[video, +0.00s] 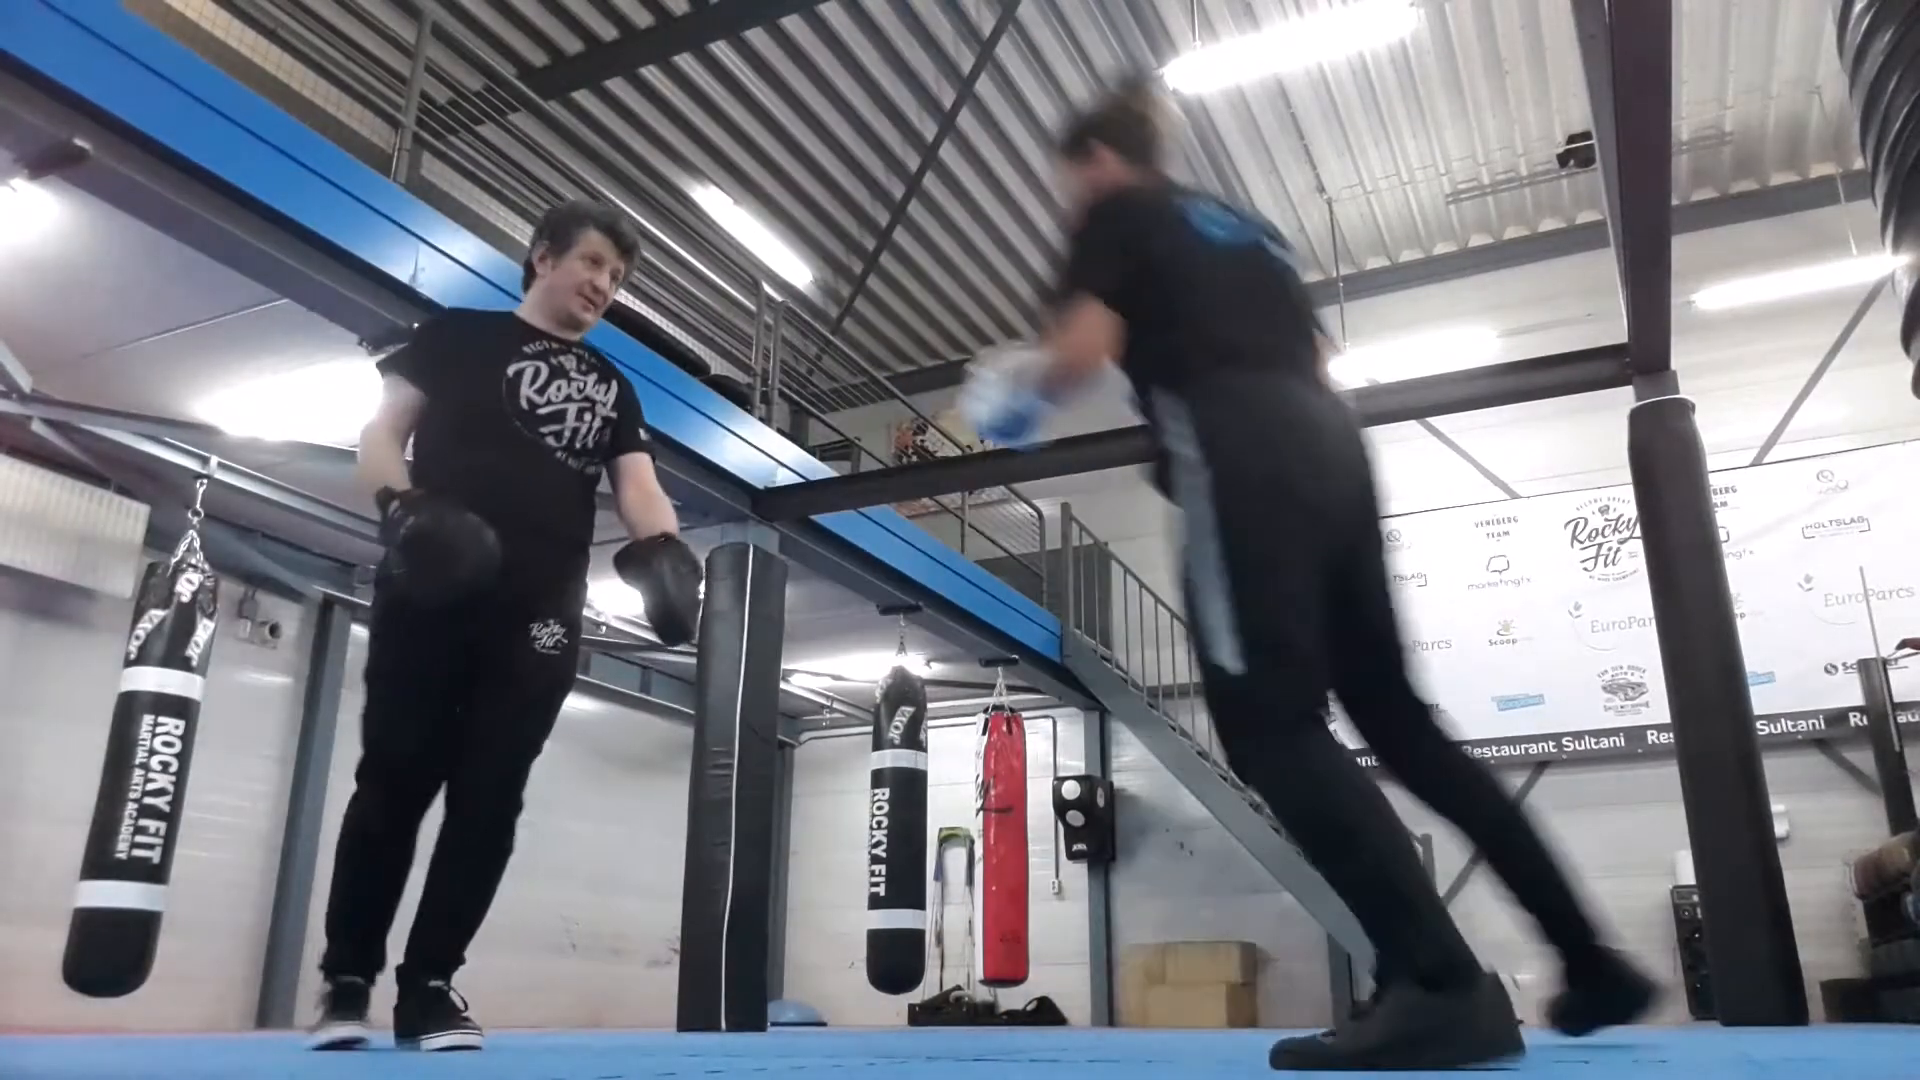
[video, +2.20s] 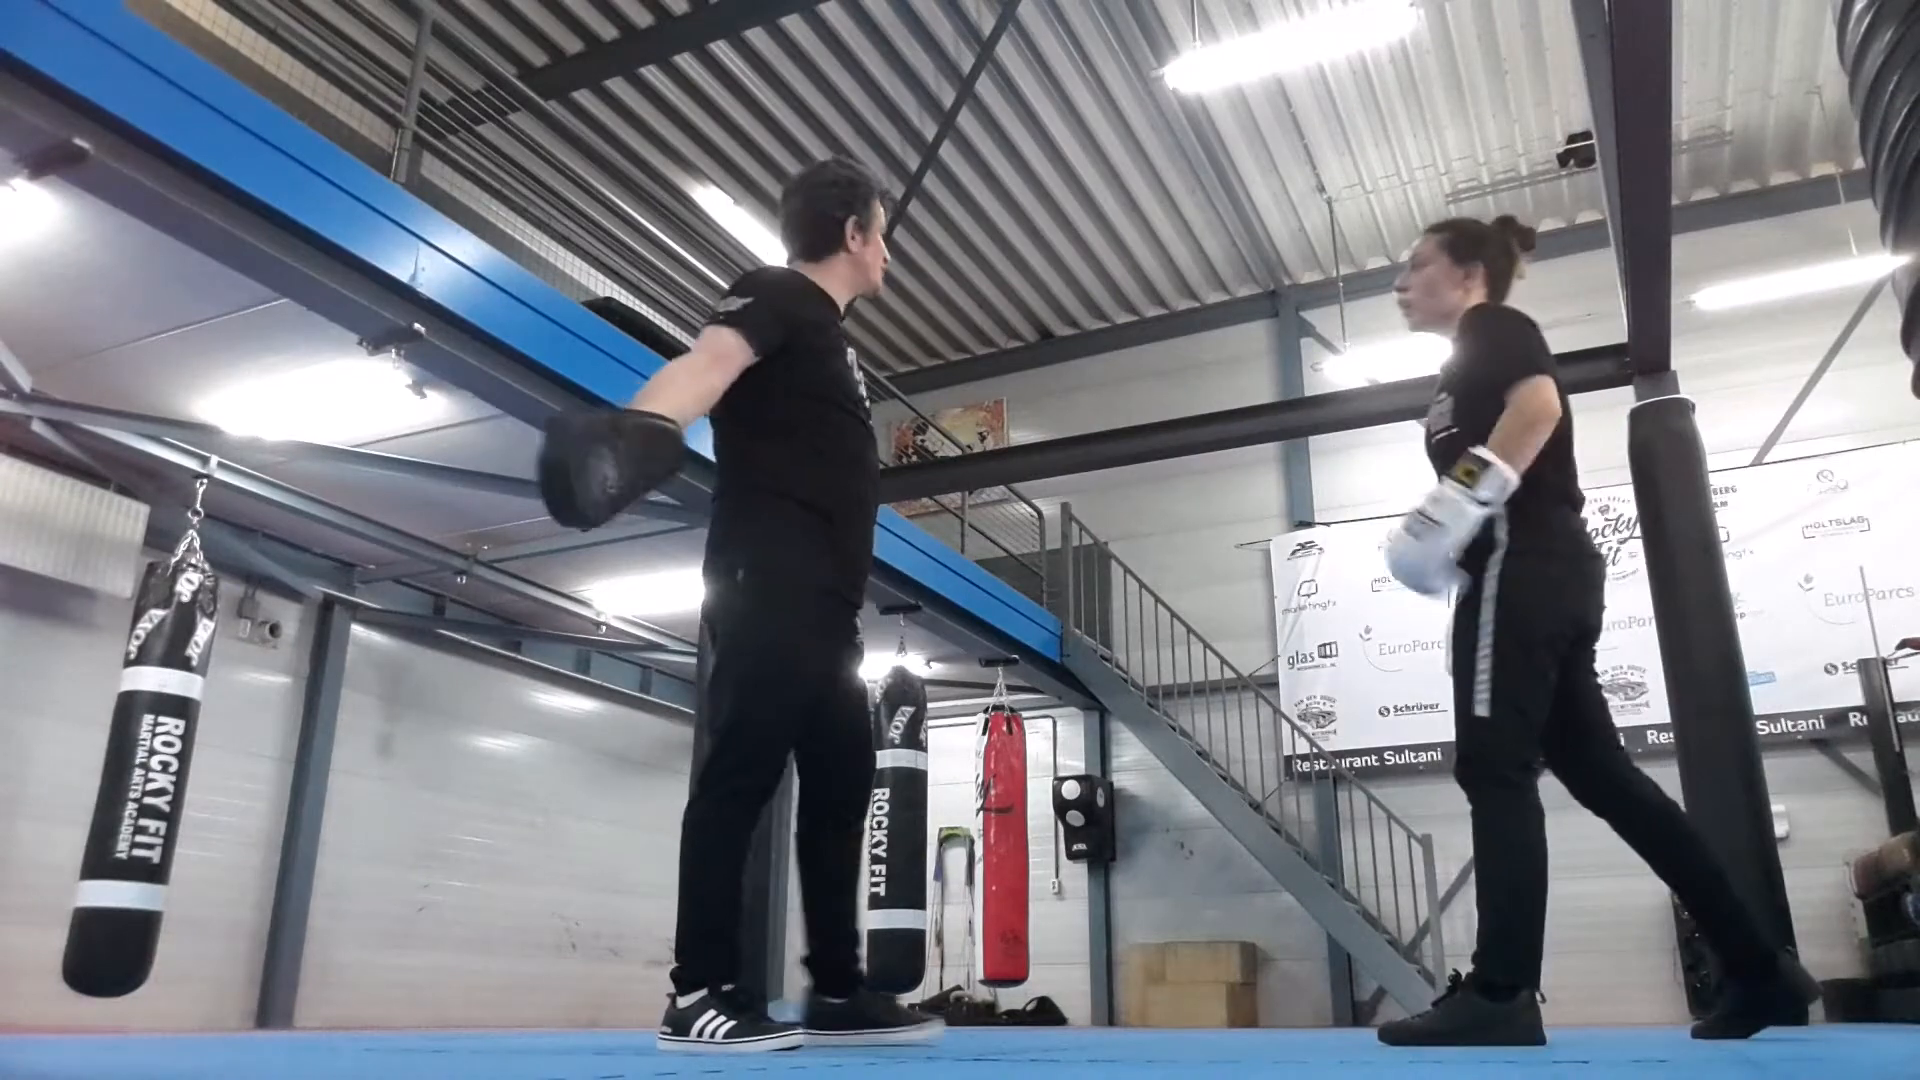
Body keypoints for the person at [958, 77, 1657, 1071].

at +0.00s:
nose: (1065, 198)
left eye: (1066, 180)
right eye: (1062, 183)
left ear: (1098, 161)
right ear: (1147, 157)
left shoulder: (1118, 218)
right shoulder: (1233, 223)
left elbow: (1083, 350)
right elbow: (1316, 363)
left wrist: (1028, 384)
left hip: (1242, 451)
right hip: (1330, 440)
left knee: (1270, 731)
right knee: (1393, 712)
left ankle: (1441, 989)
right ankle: (1594, 966)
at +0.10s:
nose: (1153, 269)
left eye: (1156, 246)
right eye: (1150, 250)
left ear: (1196, 225)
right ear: (1232, 224)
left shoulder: (1228, 276)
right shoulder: (1309, 285)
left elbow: (1212, 401)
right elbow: (1295, 428)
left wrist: (1130, 391)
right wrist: (1175, 412)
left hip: (1350, 501)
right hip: (1421, 498)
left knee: (1314, 743)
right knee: (1489, 763)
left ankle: (1440, 988)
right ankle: (1689, 978)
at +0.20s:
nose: (1228, 286)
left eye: (1232, 261)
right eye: (1224, 267)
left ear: (1284, 240)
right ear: (1301, 241)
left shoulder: (1320, 293)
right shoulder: (1372, 302)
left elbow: (1310, 403)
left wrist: (1221, 376)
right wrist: (1255, 400)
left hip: (1430, 527)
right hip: (1496, 527)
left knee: (1382, 715)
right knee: (1525, 775)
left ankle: (1439, 923)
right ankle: (1702, 991)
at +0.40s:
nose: (1285, 250)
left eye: (1290, 227)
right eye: (1281, 235)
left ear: (1338, 207)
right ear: (1357, 214)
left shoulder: (1372, 250)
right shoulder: (1412, 268)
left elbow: (1387, 340)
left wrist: (1310, 366)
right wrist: (1316, 349)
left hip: (1474, 481)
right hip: (1531, 479)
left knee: (1421, 689)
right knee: (1530, 718)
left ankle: (1563, 920)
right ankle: (1680, 918)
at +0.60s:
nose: (1355, 335)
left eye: (1359, 315)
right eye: (1350, 319)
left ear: (1405, 304)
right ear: (1420, 308)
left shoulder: (1432, 369)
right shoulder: (1472, 372)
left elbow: (1444, 447)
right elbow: (1438, 485)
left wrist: (1360, 445)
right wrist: (1372, 443)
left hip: (1521, 600)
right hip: (1559, 592)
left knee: (1453, 785)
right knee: (1553, 803)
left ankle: (1588, 979)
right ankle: (1665, 985)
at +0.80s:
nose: (1363, 337)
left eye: (1370, 319)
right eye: (1361, 323)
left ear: (1417, 309)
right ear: (1420, 315)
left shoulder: (1452, 373)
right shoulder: (1449, 384)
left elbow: (1485, 460)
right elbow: (1438, 473)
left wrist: (1385, 457)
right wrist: (1374, 449)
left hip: (1509, 586)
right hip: (1547, 588)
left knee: (1404, 744)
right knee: (1563, 789)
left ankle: (1447, 956)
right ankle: (1656, 978)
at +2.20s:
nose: (1401, 280)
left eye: (1417, 265)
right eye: (1405, 267)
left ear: (1467, 275)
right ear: (1468, 280)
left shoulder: (1491, 327)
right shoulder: (1481, 353)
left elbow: (1537, 404)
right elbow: (1499, 462)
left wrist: (1453, 505)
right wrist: (1443, 532)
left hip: (1521, 560)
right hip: (1546, 561)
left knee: (1494, 769)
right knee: (1597, 772)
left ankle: (1499, 996)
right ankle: (1760, 973)